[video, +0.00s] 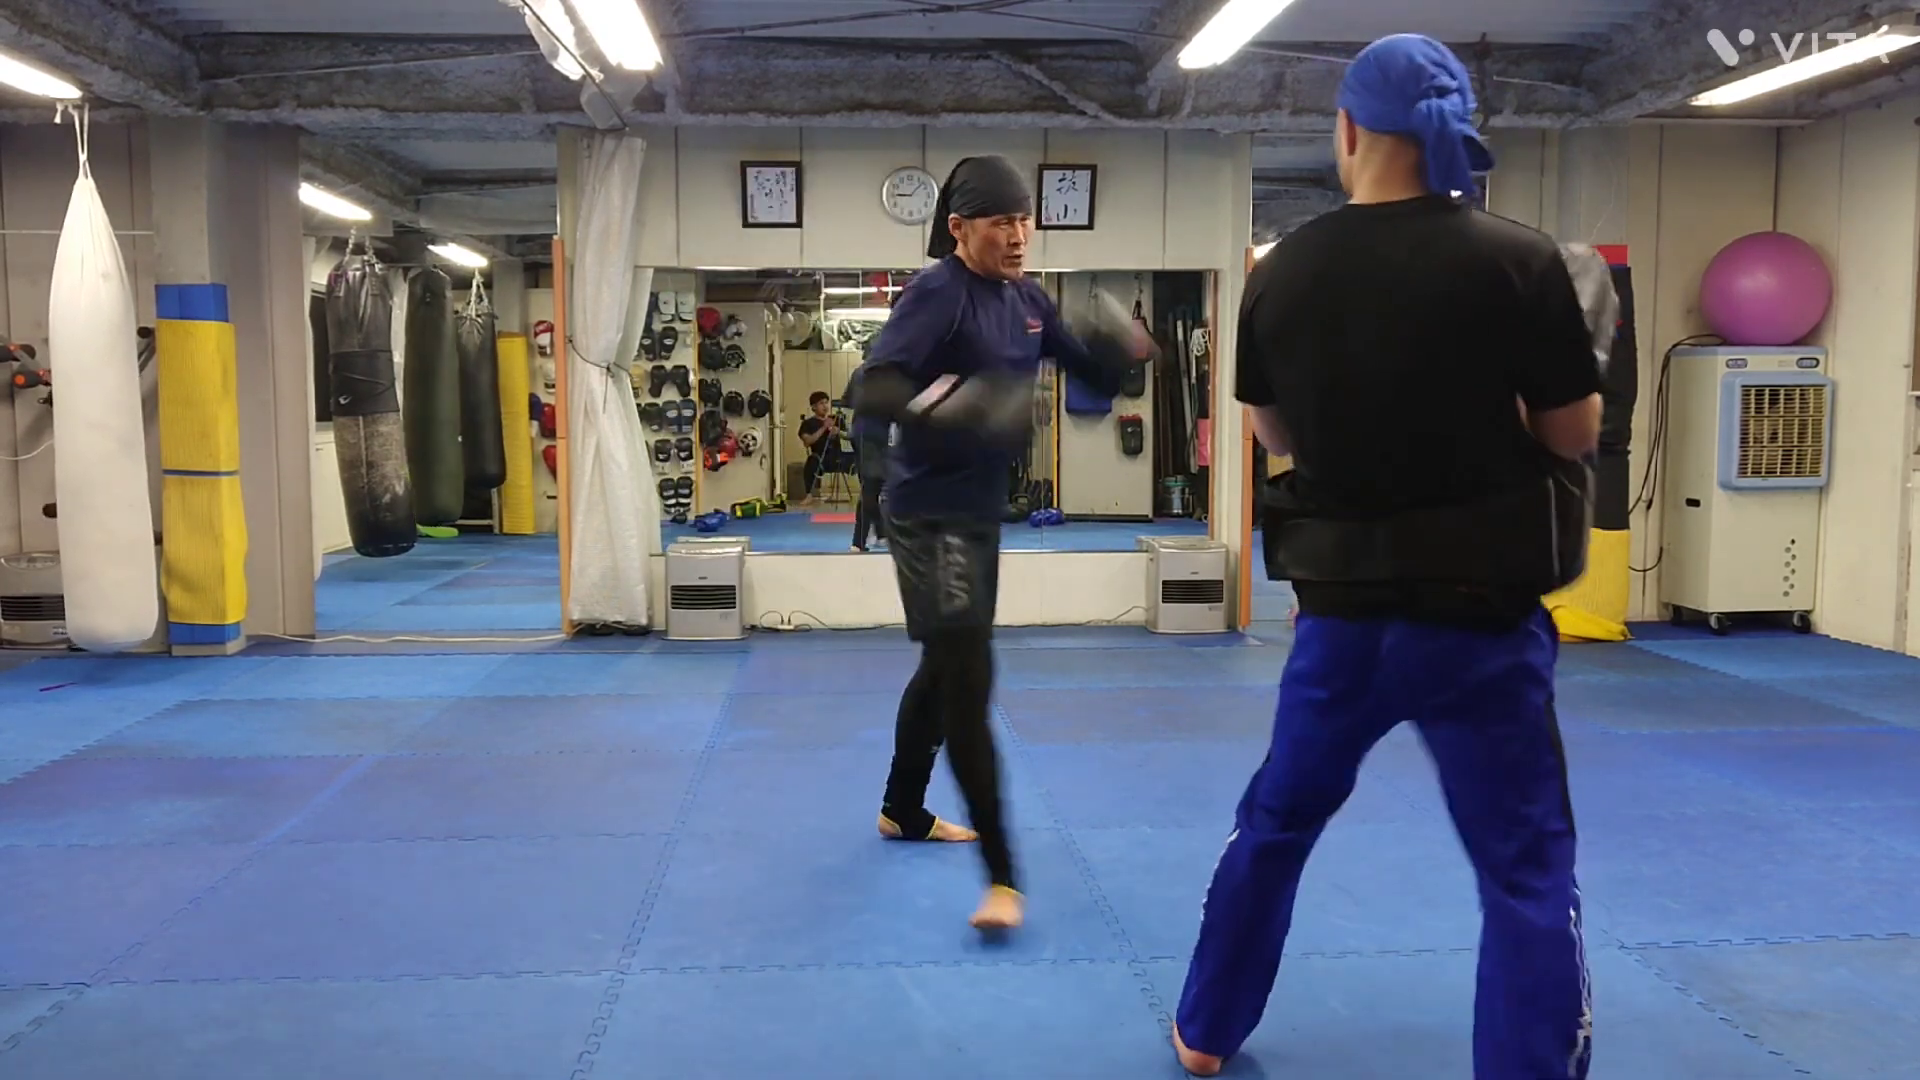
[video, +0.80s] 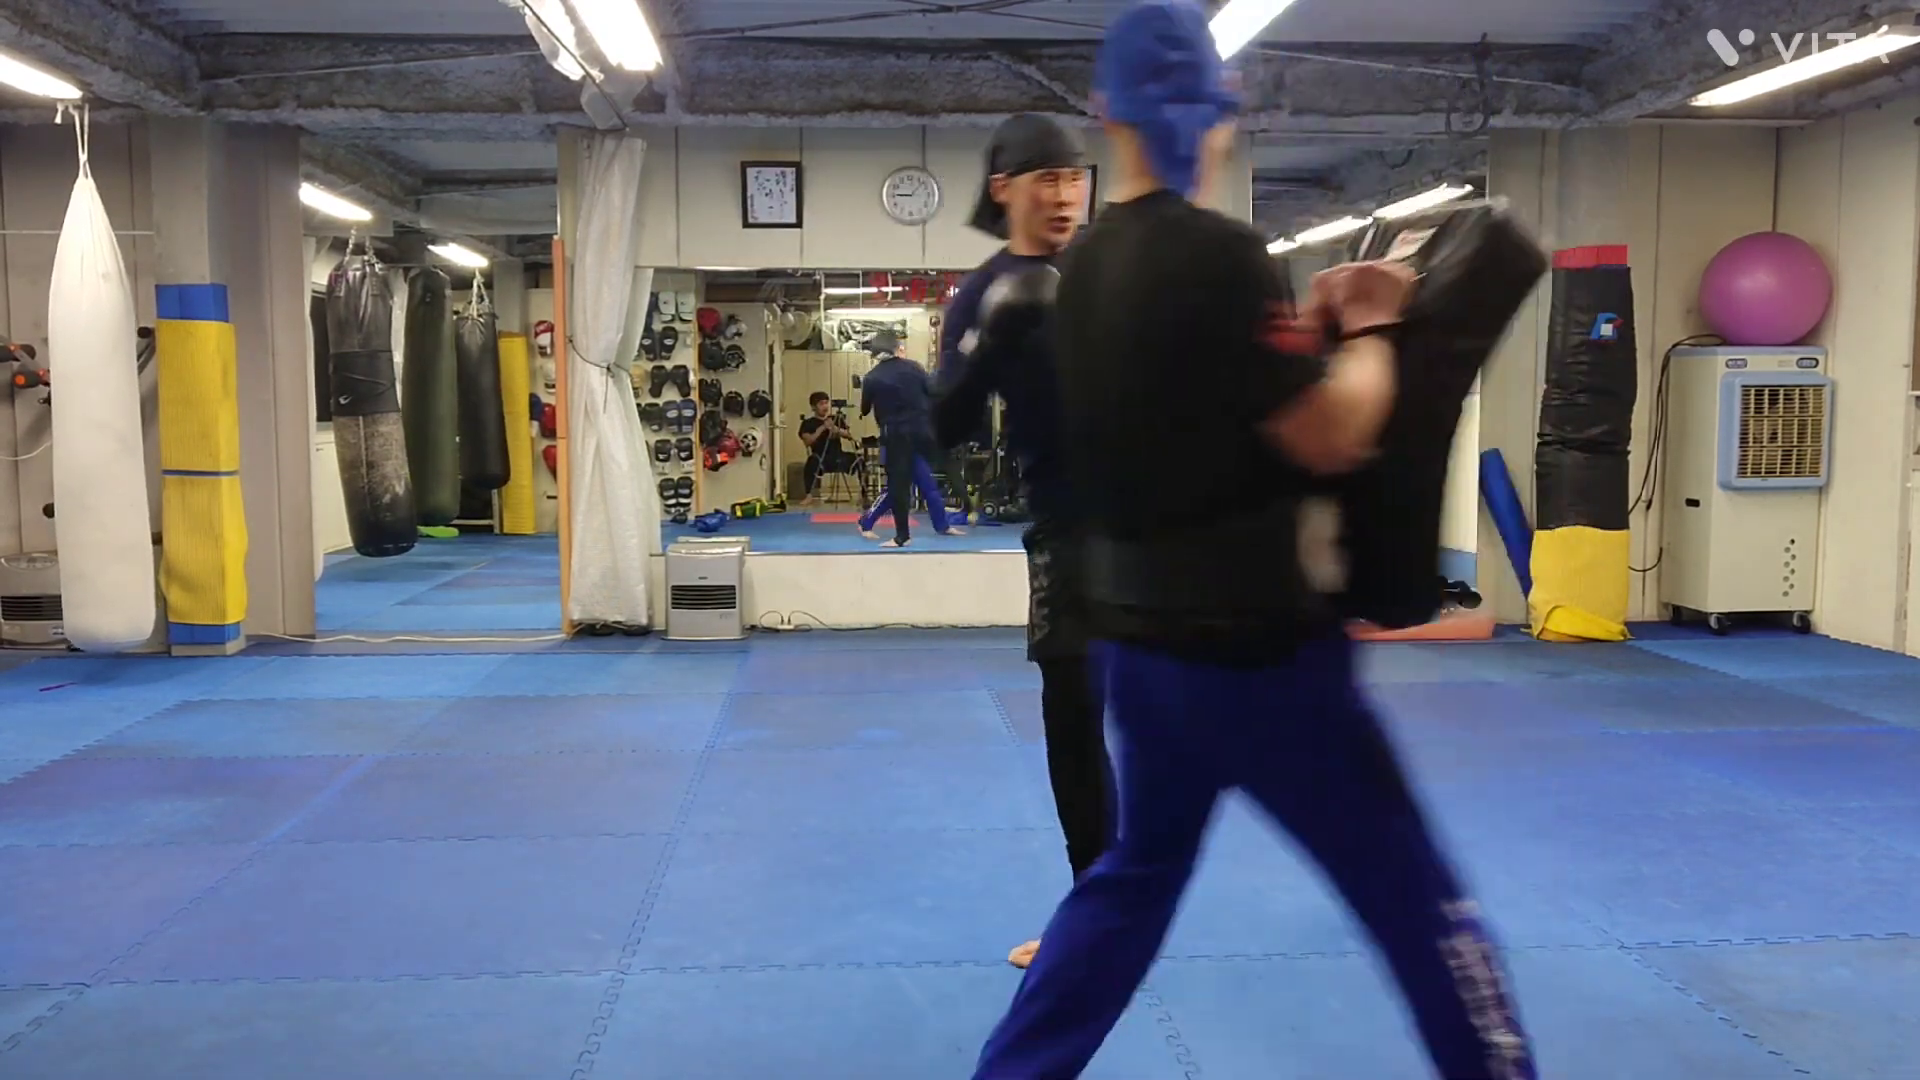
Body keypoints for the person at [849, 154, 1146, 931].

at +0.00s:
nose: (1018, 234)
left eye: (1024, 220)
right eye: (1002, 223)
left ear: (1030, 222)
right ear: (960, 228)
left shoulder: (1030, 300)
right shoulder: (938, 291)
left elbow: (1094, 382)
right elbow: (869, 387)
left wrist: (1122, 358)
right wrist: (935, 403)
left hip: (981, 517)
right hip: (928, 516)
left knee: (948, 666)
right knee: (965, 676)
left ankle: (903, 808)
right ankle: (1000, 881)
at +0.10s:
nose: (1022, 218)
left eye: (1022, 205)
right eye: (1007, 207)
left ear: (1017, 215)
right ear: (972, 217)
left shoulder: (1040, 286)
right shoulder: (932, 295)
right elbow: (859, 387)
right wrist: (838, 452)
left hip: (1018, 524)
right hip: (958, 527)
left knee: (979, 676)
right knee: (1009, 708)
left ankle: (912, 794)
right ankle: (1059, 905)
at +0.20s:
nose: (948, 200)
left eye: (957, 187)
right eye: (936, 189)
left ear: (980, 196)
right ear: (913, 209)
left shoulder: (1024, 266)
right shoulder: (901, 306)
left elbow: (1095, 270)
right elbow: (839, 403)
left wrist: (998, 212)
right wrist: (768, 458)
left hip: (1067, 501)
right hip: (987, 521)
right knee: (1028, 711)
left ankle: (1016, 725)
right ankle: (1061, 907)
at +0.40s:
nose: (942, 226)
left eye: (948, 207)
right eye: (920, 217)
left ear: (965, 210)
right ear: (889, 237)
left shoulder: (1022, 268)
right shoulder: (898, 337)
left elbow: (1125, 327)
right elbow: (827, 424)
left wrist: (1211, 375)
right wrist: (817, 339)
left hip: (1096, 428)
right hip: (1041, 505)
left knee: (1132, 373)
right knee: (1035, 700)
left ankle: (1237, 382)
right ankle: (1093, 902)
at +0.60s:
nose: (1002, 205)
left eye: (1008, 189)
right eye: (982, 193)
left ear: (1021, 197)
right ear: (934, 208)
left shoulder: (1066, 264)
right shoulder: (930, 310)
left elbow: (1153, 341)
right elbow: (912, 427)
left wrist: (1239, 355)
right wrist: (929, 309)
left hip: (1144, 443)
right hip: (1060, 511)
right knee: (1070, 724)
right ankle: (1099, 919)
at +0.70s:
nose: (1023, 199)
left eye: (1031, 183)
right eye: (1003, 184)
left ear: (1046, 193)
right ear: (957, 199)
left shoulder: (1088, 263)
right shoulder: (948, 302)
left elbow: (1150, 354)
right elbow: (926, 425)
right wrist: (957, 317)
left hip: (1152, 474)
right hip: (1063, 514)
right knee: (1069, 725)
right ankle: (1099, 917)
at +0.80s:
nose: (1067, 195)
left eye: (1075, 178)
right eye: (1046, 177)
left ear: (1089, 189)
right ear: (1002, 190)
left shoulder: (1103, 275)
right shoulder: (991, 291)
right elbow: (950, 421)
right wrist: (996, 339)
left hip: (1150, 518)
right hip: (1067, 528)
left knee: (1162, 705)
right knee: (1075, 717)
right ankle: (1099, 908)